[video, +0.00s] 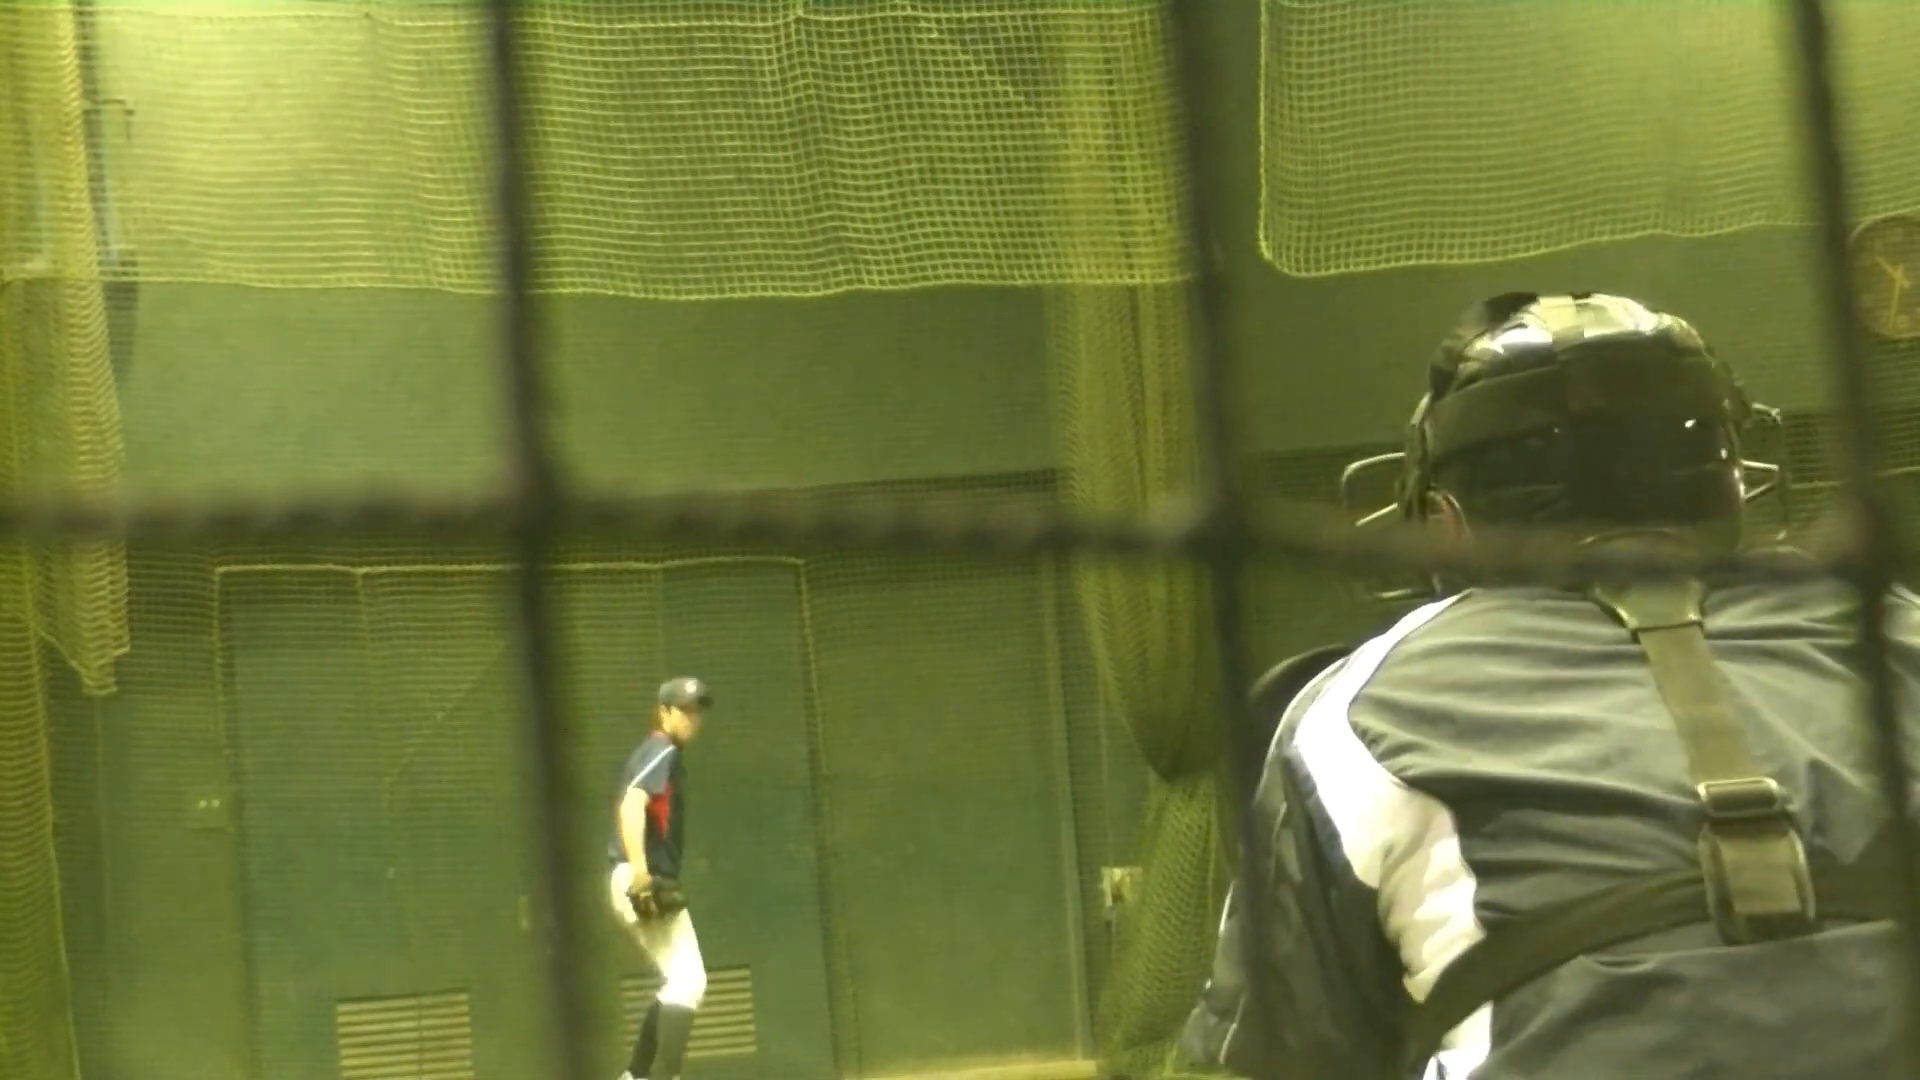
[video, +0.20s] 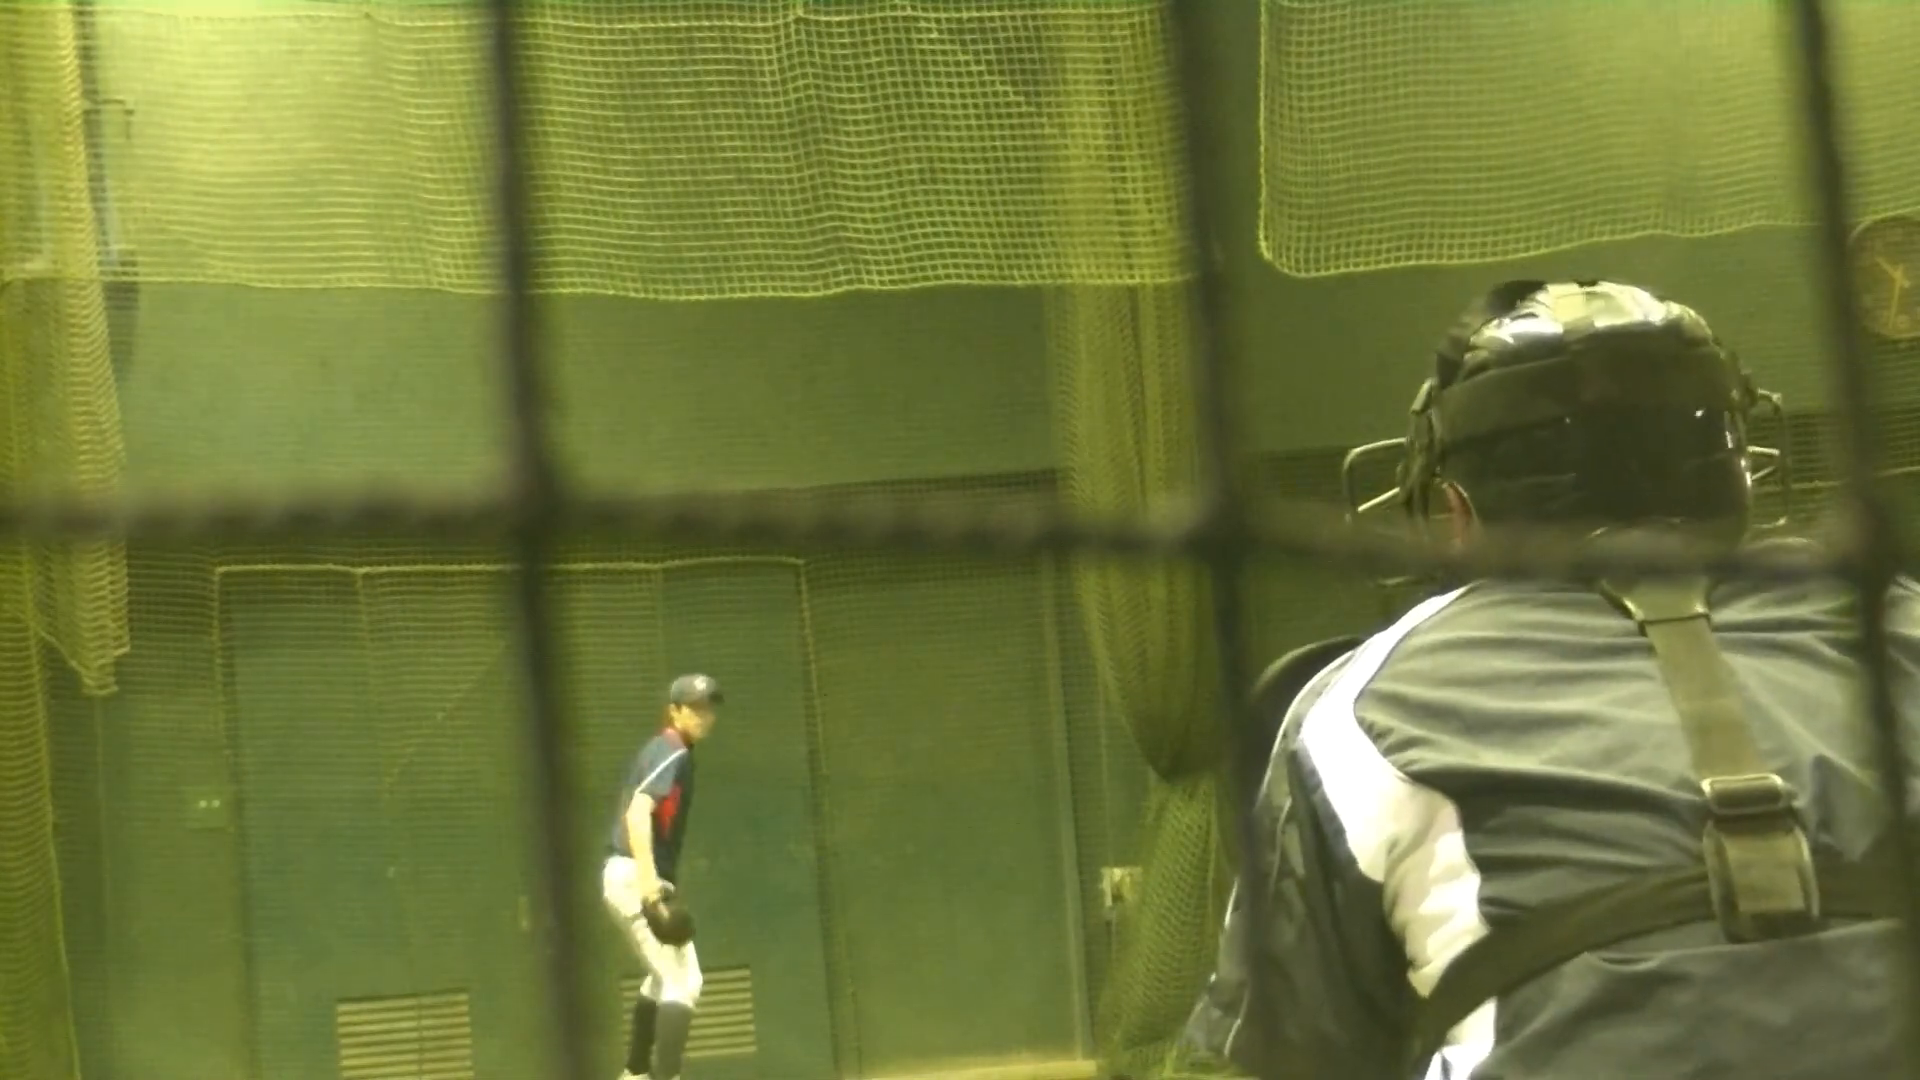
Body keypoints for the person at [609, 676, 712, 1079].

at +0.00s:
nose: (697, 721)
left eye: (699, 712)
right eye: (690, 712)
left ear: (677, 714)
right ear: (666, 712)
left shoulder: (659, 748)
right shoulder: (662, 747)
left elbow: (634, 808)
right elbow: (631, 803)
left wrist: (654, 871)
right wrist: (639, 870)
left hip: (642, 876)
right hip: (645, 877)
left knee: (680, 980)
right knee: (688, 979)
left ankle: (639, 1071)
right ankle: (666, 1072)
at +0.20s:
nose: (708, 717)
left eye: (710, 709)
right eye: (699, 709)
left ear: (678, 713)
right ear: (676, 710)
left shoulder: (660, 747)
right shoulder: (674, 751)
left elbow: (631, 813)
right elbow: (639, 809)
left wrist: (655, 878)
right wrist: (648, 878)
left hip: (626, 870)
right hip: (638, 871)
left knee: (662, 975)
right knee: (682, 979)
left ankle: (637, 1068)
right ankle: (666, 1072)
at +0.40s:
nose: (703, 731)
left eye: (706, 723)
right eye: (694, 723)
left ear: (710, 724)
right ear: (671, 723)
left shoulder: (656, 759)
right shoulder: (669, 764)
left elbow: (662, 845)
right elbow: (671, 838)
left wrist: (687, 895)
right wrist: (712, 900)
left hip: (616, 881)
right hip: (629, 883)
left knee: (659, 982)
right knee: (685, 982)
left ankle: (634, 1072)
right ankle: (667, 1072)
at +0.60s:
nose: (687, 735)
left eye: (690, 727)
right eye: (678, 727)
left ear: (691, 729)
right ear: (655, 730)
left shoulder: (644, 767)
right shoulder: (662, 773)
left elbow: (696, 836)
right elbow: (702, 836)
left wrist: (758, 859)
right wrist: (768, 866)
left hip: (611, 891)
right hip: (624, 893)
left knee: (663, 983)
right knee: (684, 983)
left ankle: (636, 1073)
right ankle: (665, 1073)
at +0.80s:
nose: (680, 744)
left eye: (682, 736)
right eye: (670, 737)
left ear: (683, 737)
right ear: (648, 741)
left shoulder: (637, 775)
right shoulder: (661, 782)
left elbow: (706, 811)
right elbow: (730, 827)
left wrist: (754, 793)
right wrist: (776, 805)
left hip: (608, 904)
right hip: (623, 905)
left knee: (671, 984)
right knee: (696, 987)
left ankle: (638, 1074)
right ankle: (668, 1073)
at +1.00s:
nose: (681, 742)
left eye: (684, 734)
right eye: (673, 735)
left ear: (683, 734)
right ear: (650, 737)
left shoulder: (637, 772)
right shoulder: (659, 776)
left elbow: (692, 806)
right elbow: (733, 807)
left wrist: (725, 774)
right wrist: (754, 766)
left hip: (605, 899)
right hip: (622, 901)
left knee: (669, 985)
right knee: (695, 985)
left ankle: (634, 1073)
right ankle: (665, 1073)